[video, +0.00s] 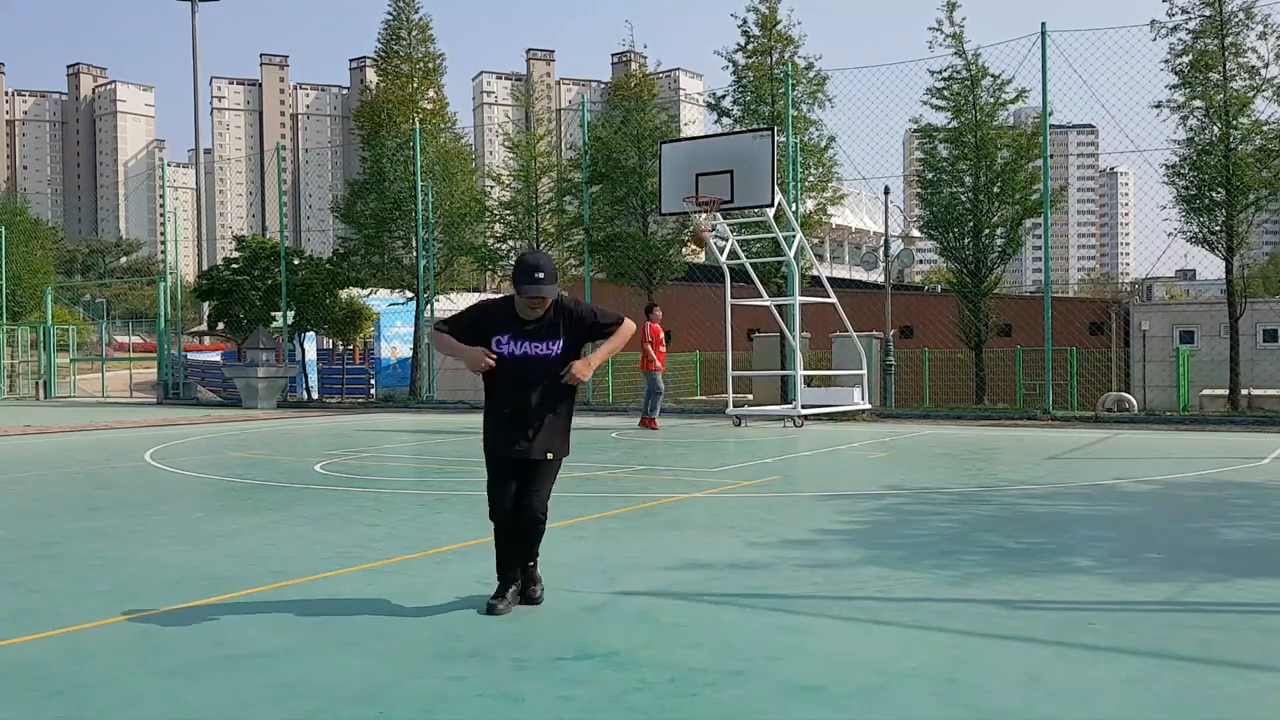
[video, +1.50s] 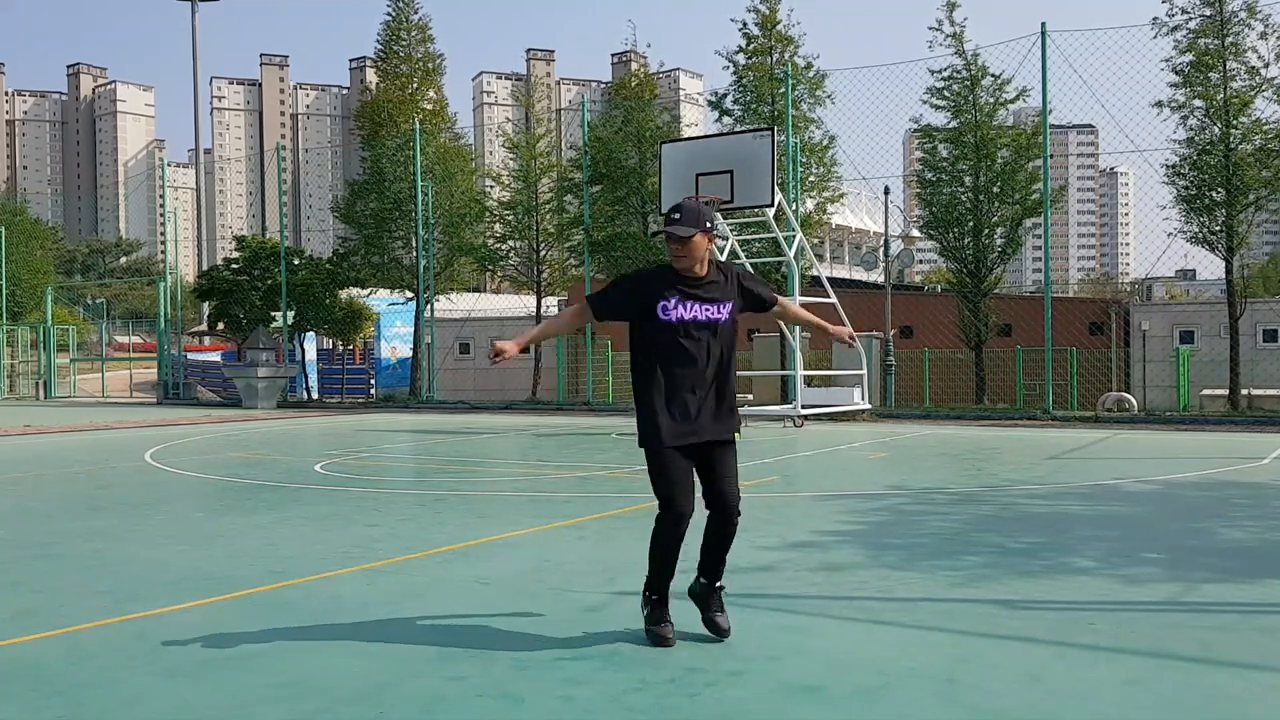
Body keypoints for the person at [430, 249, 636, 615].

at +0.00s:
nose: (536, 303)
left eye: (543, 296)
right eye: (529, 296)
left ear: (554, 289)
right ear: (514, 288)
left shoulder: (570, 313)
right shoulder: (491, 313)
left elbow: (626, 326)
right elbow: (438, 334)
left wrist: (592, 361)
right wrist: (465, 352)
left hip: (548, 432)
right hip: (501, 431)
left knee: (534, 508)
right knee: (502, 510)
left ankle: (529, 566)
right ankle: (508, 581)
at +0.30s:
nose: (575, 286)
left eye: (582, 280)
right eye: (568, 279)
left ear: (589, 279)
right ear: (549, 276)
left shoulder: (588, 314)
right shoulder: (515, 314)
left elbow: (588, 368)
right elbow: (505, 380)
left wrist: (579, 413)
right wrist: (544, 424)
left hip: (569, 415)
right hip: (521, 417)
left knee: (597, 480)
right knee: (515, 498)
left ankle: (598, 567)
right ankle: (502, 581)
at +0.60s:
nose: (652, 299)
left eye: (658, 292)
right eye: (645, 290)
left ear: (663, 294)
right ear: (623, 286)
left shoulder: (646, 328)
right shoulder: (587, 323)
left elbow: (661, 369)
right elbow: (549, 375)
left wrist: (651, 397)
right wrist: (599, 403)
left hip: (619, 441)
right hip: (572, 444)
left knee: (657, 505)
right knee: (560, 518)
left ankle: (676, 596)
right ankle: (505, 574)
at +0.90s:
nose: (689, 270)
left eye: (695, 263)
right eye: (680, 262)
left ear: (701, 266)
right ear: (660, 262)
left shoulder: (697, 307)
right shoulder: (626, 309)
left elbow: (704, 358)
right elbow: (606, 372)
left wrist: (704, 381)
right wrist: (667, 381)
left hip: (680, 423)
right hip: (634, 424)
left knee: (696, 507)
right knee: (657, 504)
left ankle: (686, 594)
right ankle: (627, 591)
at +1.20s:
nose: (693, 293)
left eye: (703, 286)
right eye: (687, 284)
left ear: (718, 292)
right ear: (675, 286)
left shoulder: (726, 325)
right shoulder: (646, 331)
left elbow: (739, 380)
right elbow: (631, 399)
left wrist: (747, 434)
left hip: (693, 428)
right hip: (646, 429)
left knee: (700, 512)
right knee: (674, 504)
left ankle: (693, 599)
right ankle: (651, 608)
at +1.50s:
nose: (675, 247)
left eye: (684, 239)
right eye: (671, 239)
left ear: (710, 239)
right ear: (666, 239)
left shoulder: (733, 281)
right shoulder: (644, 285)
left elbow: (779, 305)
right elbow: (582, 312)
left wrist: (826, 327)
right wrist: (522, 341)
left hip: (716, 419)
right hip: (663, 422)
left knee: (727, 509)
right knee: (677, 509)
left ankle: (707, 586)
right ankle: (656, 602)